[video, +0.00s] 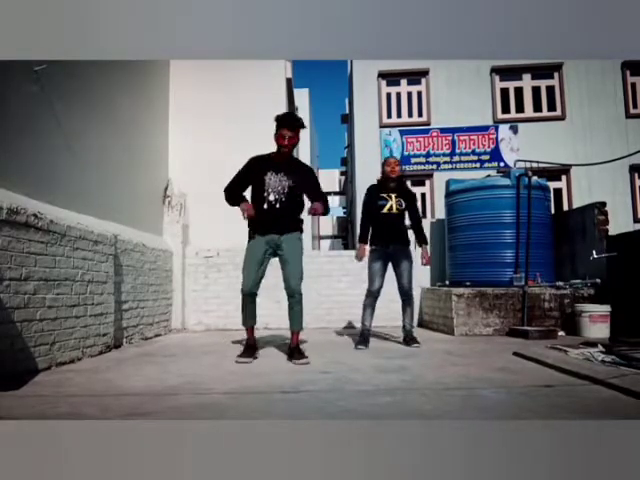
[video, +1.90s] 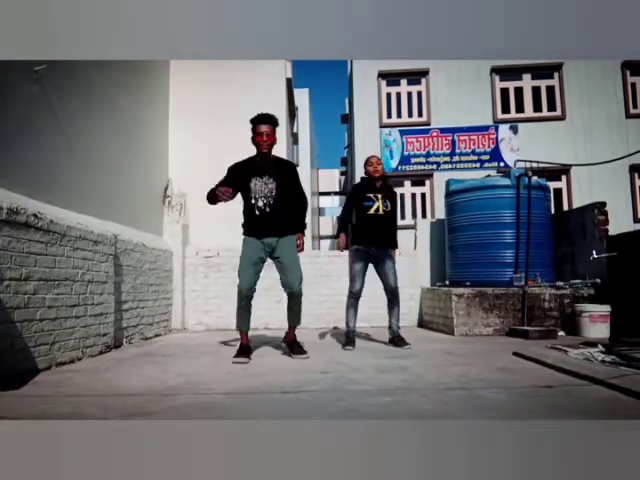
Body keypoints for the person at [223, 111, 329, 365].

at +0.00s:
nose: (285, 141)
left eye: (290, 137)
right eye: (281, 136)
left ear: (297, 139)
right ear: (275, 136)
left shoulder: (304, 171)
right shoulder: (257, 164)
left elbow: (322, 203)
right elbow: (231, 191)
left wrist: (318, 207)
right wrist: (243, 203)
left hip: (290, 234)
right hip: (260, 234)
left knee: (294, 288)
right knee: (248, 288)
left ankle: (295, 344)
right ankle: (250, 342)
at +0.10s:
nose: (282, 139)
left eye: (287, 134)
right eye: (277, 134)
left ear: (295, 134)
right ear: (271, 134)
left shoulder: (302, 162)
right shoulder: (258, 160)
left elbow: (327, 190)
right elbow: (227, 184)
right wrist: (242, 175)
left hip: (291, 232)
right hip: (260, 232)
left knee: (294, 288)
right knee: (250, 287)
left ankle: (295, 343)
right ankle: (245, 344)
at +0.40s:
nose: (265, 139)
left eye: (269, 134)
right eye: (260, 134)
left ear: (276, 133)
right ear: (252, 134)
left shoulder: (287, 156)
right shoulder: (245, 161)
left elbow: (311, 166)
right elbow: (220, 178)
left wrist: (288, 139)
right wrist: (236, 148)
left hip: (286, 229)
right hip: (254, 230)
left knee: (292, 286)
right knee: (244, 285)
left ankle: (295, 343)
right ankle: (242, 344)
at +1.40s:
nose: (269, 147)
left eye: (272, 141)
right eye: (265, 144)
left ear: (280, 140)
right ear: (260, 146)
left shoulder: (297, 164)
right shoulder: (258, 166)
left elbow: (325, 186)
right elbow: (244, 161)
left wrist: (316, 165)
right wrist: (252, 134)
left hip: (294, 236)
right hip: (265, 236)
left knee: (297, 290)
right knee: (252, 287)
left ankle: (292, 341)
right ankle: (246, 344)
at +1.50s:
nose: (270, 149)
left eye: (273, 143)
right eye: (265, 146)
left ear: (281, 142)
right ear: (260, 148)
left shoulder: (299, 166)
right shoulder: (259, 167)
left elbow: (326, 196)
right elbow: (241, 157)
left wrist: (320, 193)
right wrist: (251, 134)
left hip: (293, 237)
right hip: (264, 235)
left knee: (297, 290)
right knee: (247, 279)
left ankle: (292, 340)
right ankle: (249, 335)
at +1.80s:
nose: (264, 139)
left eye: (268, 134)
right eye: (259, 135)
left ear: (275, 135)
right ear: (253, 138)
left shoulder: (291, 164)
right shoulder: (249, 165)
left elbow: (308, 198)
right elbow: (219, 177)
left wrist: (305, 227)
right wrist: (224, 145)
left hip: (289, 234)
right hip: (259, 235)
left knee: (292, 289)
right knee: (248, 288)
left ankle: (291, 340)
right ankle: (245, 342)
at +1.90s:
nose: (264, 138)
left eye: (268, 134)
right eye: (260, 134)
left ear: (275, 136)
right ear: (252, 137)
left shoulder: (287, 168)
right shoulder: (241, 169)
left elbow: (300, 202)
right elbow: (210, 197)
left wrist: (300, 231)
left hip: (285, 237)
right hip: (254, 237)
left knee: (294, 287)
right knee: (245, 288)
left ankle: (291, 337)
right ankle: (244, 342)